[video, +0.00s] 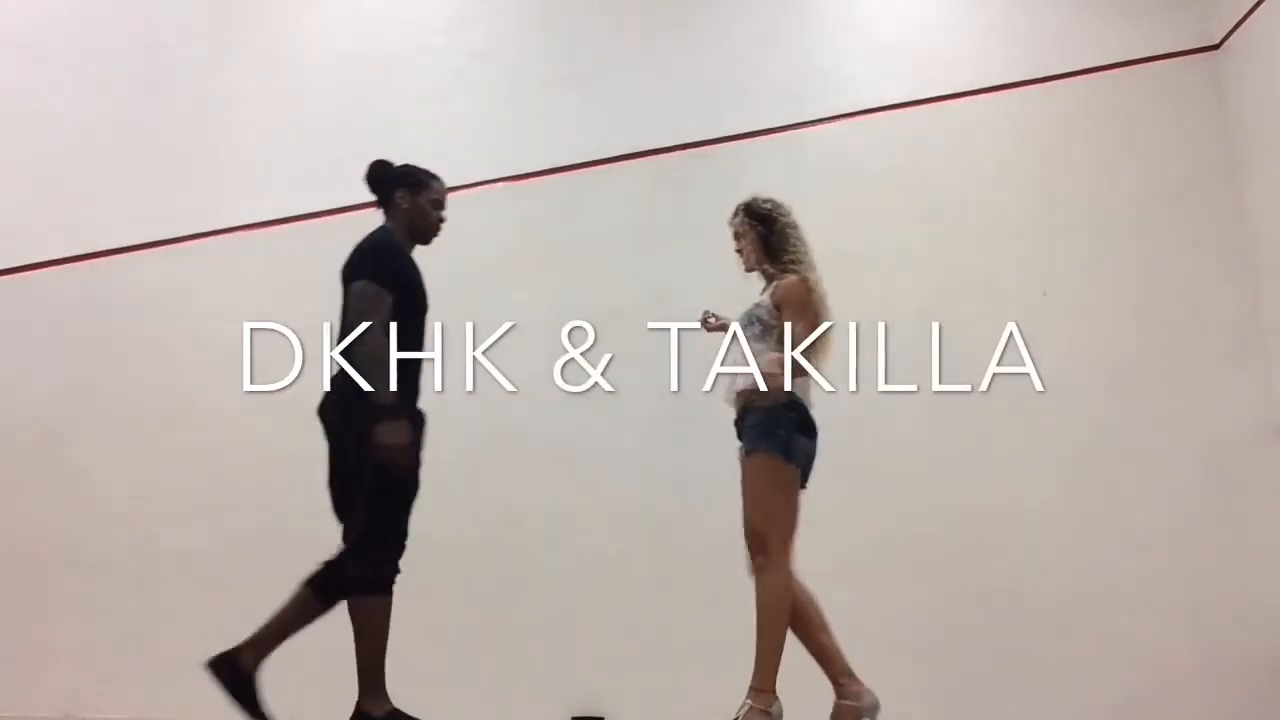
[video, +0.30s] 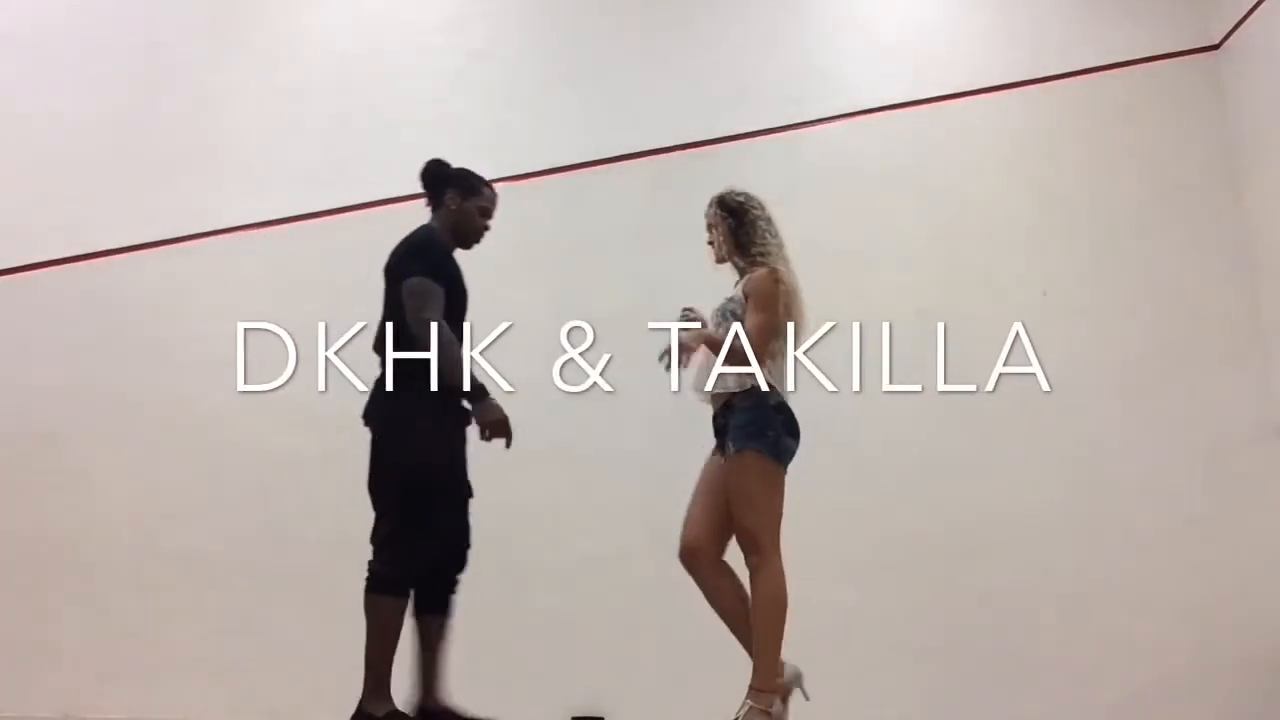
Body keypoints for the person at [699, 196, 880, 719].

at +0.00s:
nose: (736, 246)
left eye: (740, 236)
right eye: (734, 238)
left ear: (764, 235)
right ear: (760, 239)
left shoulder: (791, 286)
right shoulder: (776, 292)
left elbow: (806, 354)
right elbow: (772, 352)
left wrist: (759, 381)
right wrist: (730, 329)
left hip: (777, 422)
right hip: (763, 422)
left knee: (769, 558)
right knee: (769, 564)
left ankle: (762, 698)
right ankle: (850, 689)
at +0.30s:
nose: (708, 237)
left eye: (714, 228)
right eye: (708, 229)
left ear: (737, 229)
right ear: (731, 232)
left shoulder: (764, 280)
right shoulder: (743, 288)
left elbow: (751, 350)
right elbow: (736, 359)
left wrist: (705, 335)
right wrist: (700, 344)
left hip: (758, 421)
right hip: (733, 424)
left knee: (761, 553)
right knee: (698, 552)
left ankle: (766, 692)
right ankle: (771, 668)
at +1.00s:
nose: (681, 247)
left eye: (687, 236)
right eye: (679, 238)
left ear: (714, 234)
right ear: (689, 244)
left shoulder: (765, 282)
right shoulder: (687, 298)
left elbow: (795, 357)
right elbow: (672, 379)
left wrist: (755, 351)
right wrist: (662, 335)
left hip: (736, 430)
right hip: (682, 429)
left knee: (708, 549)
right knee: (686, 559)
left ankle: (727, 689)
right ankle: (700, 694)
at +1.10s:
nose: (680, 246)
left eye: (687, 235)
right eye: (678, 238)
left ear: (715, 234)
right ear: (686, 245)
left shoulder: (767, 286)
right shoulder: (682, 299)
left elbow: (794, 358)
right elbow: (669, 379)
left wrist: (758, 374)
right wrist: (666, 333)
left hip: (739, 432)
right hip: (682, 429)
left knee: (706, 547)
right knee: (684, 557)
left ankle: (714, 692)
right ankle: (701, 695)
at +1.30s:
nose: (689, 238)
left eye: (698, 228)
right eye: (685, 232)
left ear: (724, 230)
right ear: (686, 242)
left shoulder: (770, 290)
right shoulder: (685, 296)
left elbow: (792, 360)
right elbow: (667, 369)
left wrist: (763, 375)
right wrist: (681, 316)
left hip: (751, 428)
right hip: (692, 429)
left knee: (753, 540)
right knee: (695, 555)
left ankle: (750, 679)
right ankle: (701, 694)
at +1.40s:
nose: (697, 237)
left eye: (705, 227)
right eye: (692, 231)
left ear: (731, 230)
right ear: (691, 241)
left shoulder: (774, 292)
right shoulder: (689, 294)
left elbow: (794, 359)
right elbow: (665, 366)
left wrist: (774, 378)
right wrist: (684, 312)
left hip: (760, 428)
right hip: (701, 428)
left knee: (773, 546)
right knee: (702, 557)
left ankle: (773, 686)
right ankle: (704, 694)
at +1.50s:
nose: (705, 241)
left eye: (713, 231)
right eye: (701, 235)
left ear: (739, 234)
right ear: (699, 244)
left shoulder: (780, 296)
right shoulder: (696, 296)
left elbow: (794, 362)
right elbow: (673, 368)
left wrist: (789, 387)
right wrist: (691, 309)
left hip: (773, 431)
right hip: (713, 431)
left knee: (782, 555)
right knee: (709, 553)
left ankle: (788, 692)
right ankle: (705, 693)